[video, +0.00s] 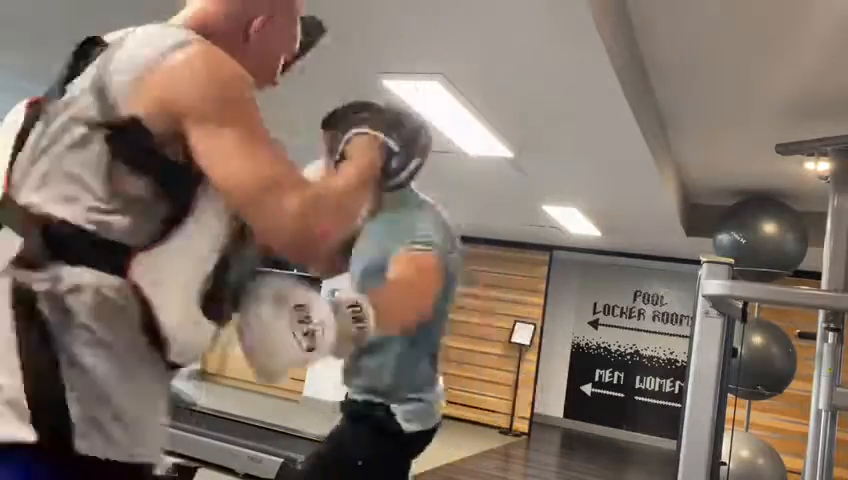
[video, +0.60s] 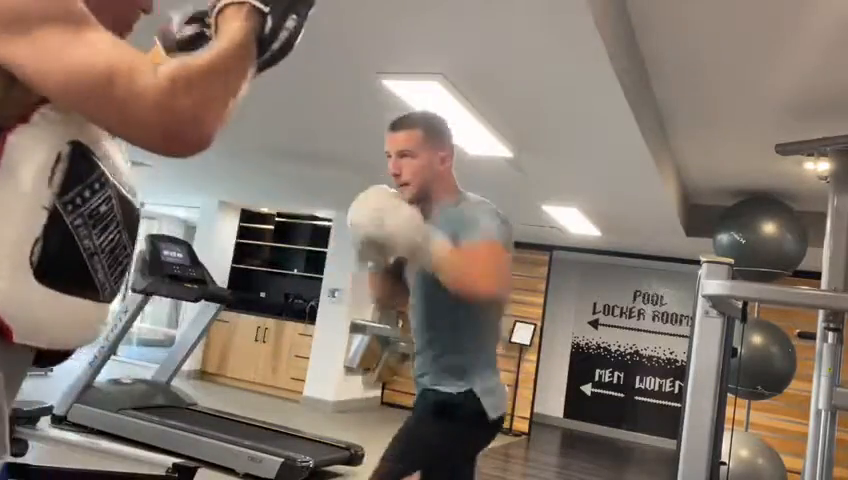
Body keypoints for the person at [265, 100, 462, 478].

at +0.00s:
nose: (326, 168)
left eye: (335, 155)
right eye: (327, 155)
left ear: (369, 157)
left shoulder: (418, 222)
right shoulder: (373, 220)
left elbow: (411, 299)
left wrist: (326, 320)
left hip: (393, 413)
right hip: (370, 403)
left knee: (316, 473)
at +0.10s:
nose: (363, 172)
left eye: (375, 157)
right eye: (360, 159)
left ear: (412, 155)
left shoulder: (447, 222)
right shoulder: (370, 222)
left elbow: (450, 304)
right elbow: (315, 273)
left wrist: (364, 292)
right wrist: (323, 219)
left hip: (412, 404)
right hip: (373, 395)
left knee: (343, 471)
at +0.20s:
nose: (388, 162)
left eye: (402, 149)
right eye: (385, 150)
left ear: (440, 151)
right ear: (381, 150)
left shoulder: (476, 220)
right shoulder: (398, 214)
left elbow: (471, 296)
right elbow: (331, 263)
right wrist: (354, 204)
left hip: (431, 396)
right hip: (394, 386)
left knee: (368, 471)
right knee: (415, 475)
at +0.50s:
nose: (412, 179)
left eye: (424, 166)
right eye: (408, 167)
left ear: (460, 169)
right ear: (404, 170)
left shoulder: (496, 232)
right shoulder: (421, 228)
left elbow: (485, 315)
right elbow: (364, 288)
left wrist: (421, 256)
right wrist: (368, 232)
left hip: (471, 400)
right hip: (429, 395)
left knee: (393, 474)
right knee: (428, 475)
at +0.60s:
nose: (393, 169)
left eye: (406, 156)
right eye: (389, 157)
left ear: (443, 158)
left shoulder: (476, 216)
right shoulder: (420, 220)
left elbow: (490, 282)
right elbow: (392, 298)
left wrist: (419, 241)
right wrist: (378, 247)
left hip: (465, 399)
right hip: (437, 394)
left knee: (386, 474)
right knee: (446, 475)